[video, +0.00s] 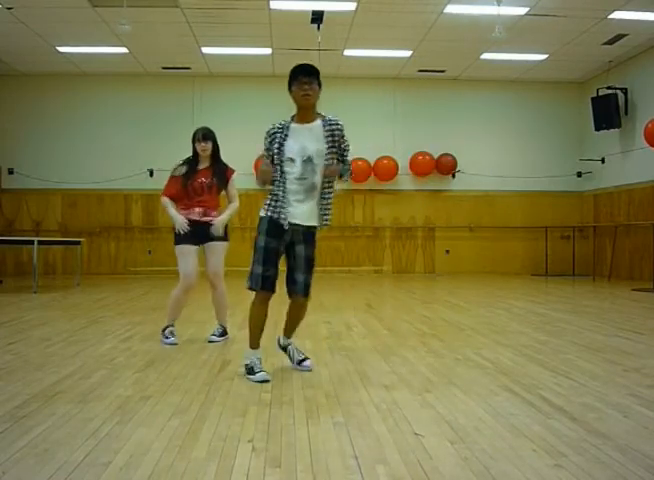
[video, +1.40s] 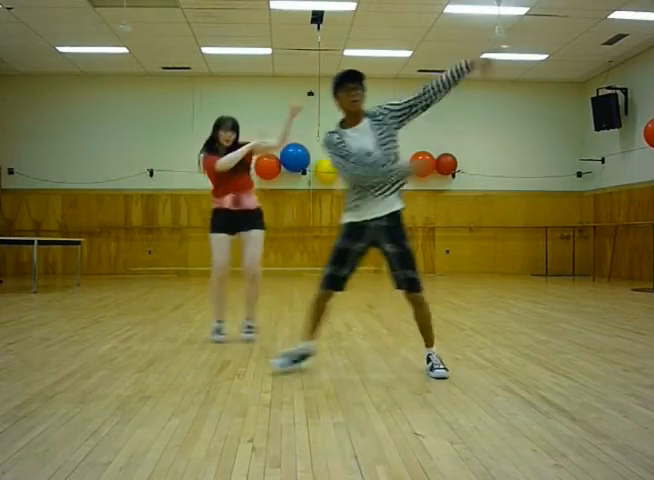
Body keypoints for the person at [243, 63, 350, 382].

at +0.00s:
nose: (306, 89)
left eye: (311, 85)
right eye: (300, 85)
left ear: (320, 90)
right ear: (291, 91)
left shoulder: (332, 129)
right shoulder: (277, 133)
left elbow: (345, 169)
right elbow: (265, 178)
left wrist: (336, 171)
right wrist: (262, 169)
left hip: (307, 222)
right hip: (274, 218)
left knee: (301, 294)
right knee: (264, 290)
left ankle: (286, 340)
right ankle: (252, 356)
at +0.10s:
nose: (300, 89)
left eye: (305, 84)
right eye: (294, 84)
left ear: (313, 91)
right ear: (284, 91)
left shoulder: (326, 128)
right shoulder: (269, 133)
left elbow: (344, 172)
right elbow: (252, 173)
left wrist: (326, 187)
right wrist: (262, 185)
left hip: (308, 225)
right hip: (273, 224)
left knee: (318, 291)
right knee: (264, 293)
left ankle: (298, 335)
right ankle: (254, 357)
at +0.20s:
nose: (297, 86)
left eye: (302, 81)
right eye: (291, 82)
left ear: (311, 87)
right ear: (281, 88)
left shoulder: (323, 125)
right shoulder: (265, 127)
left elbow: (338, 170)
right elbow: (247, 170)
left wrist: (324, 189)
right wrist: (264, 192)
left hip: (314, 222)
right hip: (279, 223)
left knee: (334, 288)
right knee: (271, 294)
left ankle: (339, 349)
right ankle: (255, 358)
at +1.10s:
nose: (300, 101)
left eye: (304, 95)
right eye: (293, 97)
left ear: (313, 99)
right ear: (284, 105)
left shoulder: (332, 135)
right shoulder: (279, 147)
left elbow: (356, 168)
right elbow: (270, 191)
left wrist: (361, 193)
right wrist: (229, 200)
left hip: (318, 228)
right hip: (284, 226)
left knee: (341, 292)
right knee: (273, 297)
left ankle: (312, 339)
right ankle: (255, 359)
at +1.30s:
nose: (333, 98)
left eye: (337, 93)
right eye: (326, 94)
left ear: (343, 97)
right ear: (315, 100)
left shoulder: (361, 122)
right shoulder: (310, 145)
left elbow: (405, 115)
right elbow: (317, 192)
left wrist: (449, 110)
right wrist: (352, 184)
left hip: (362, 224)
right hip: (326, 227)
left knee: (389, 291)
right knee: (298, 292)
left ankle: (425, 351)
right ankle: (263, 355)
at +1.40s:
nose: (355, 95)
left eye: (359, 90)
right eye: (348, 91)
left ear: (364, 92)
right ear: (336, 98)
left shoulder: (383, 117)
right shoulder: (334, 138)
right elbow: (359, 173)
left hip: (389, 215)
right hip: (355, 219)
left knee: (411, 287)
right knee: (327, 286)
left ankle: (431, 353)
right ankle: (307, 345)